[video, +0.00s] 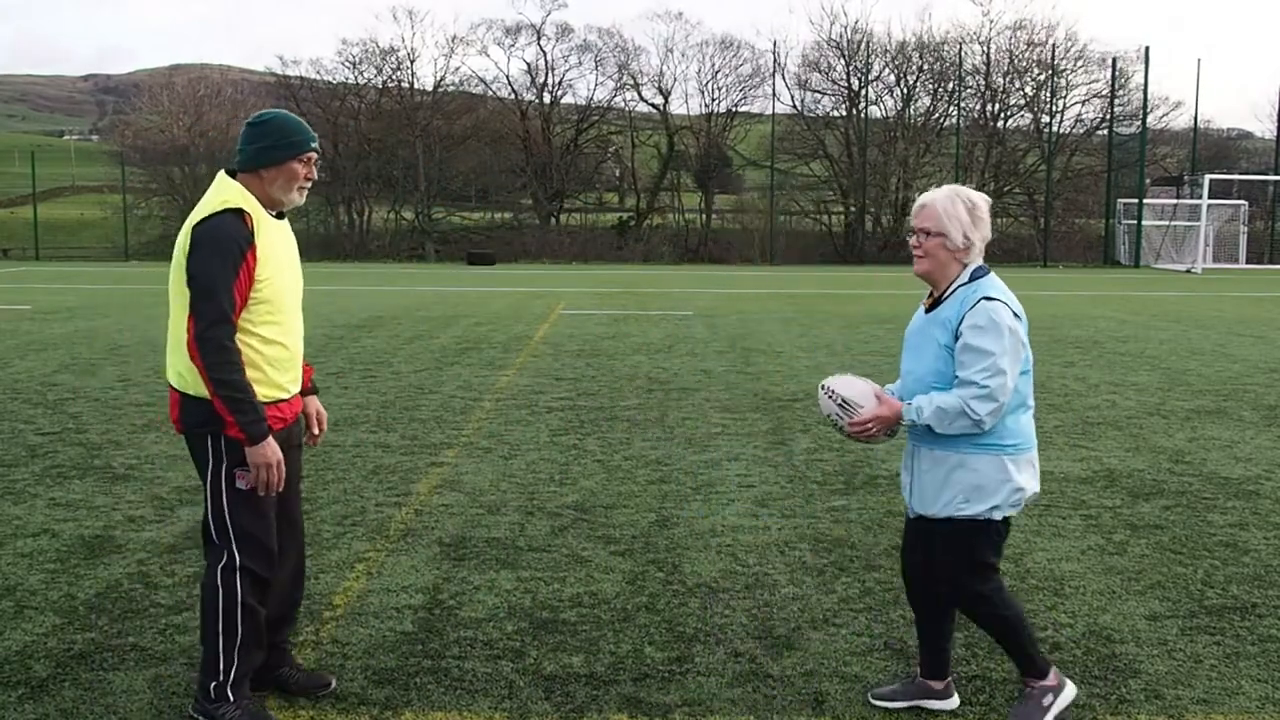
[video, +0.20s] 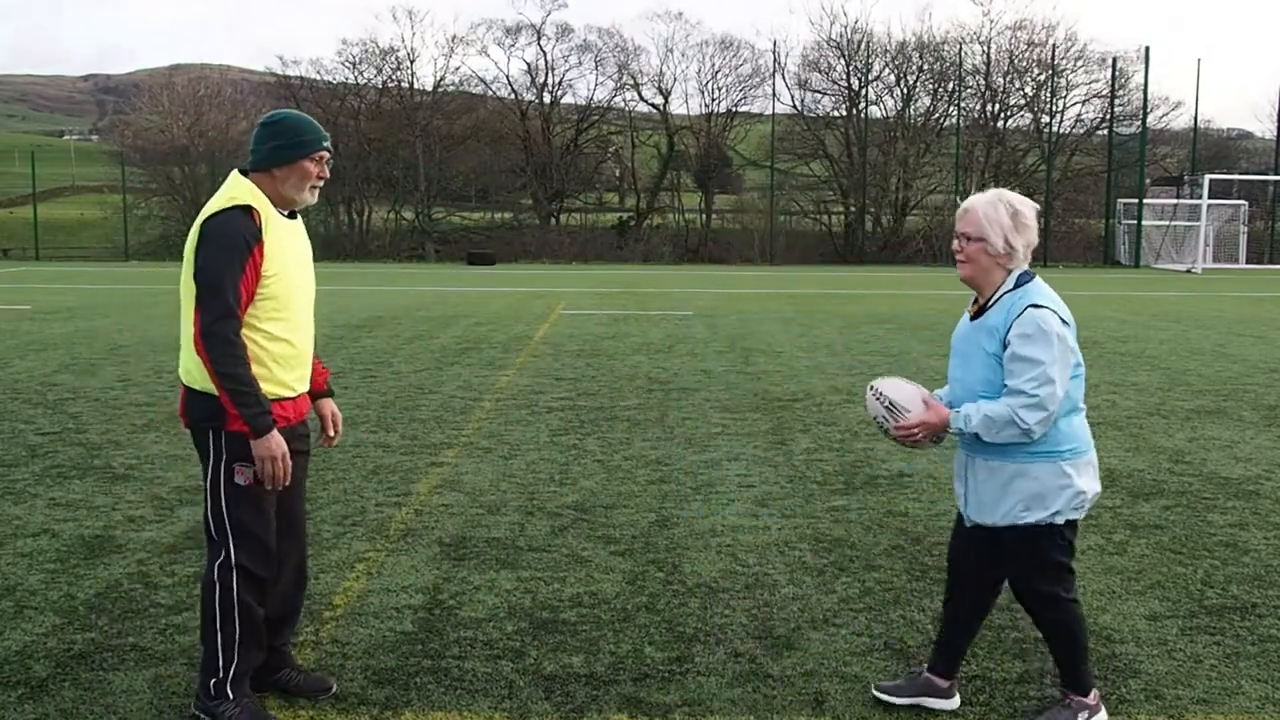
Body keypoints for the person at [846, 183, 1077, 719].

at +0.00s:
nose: (913, 243)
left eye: (926, 234)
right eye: (912, 233)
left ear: (962, 242)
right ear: (916, 236)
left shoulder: (989, 310)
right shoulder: (937, 303)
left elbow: (981, 405)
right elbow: (927, 380)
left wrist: (904, 411)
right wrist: (884, 400)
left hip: (981, 474)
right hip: (935, 470)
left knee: (970, 580)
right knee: (922, 573)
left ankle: (1044, 681)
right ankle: (934, 681)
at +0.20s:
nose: (956, 249)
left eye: (967, 239)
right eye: (955, 238)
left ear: (1004, 247)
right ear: (988, 248)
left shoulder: (1035, 316)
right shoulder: (983, 309)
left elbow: (1030, 413)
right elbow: (972, 386)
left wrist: (952, 419)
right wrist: (927, 407)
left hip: (1039, 484)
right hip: (988, 479)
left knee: (1047, 594)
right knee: (967, 584)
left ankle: (1082, 699)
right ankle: (939, 678)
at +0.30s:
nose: (971, 252)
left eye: (983, 242)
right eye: (972, 240)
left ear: (1021, 251)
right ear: (1012, 252)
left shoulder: (1058, 318)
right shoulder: (1000, 309)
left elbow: (1058, 415)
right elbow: (996, 389)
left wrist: (980, 427)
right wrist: (949, 415)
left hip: (1066, 482)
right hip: (1014, 475)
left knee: (1054, 590)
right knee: (986, 570)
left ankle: (1082, 699)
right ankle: (964, 677)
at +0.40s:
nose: (988, 251)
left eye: (999, 242)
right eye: (987, 241)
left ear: (1037, 247)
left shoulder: (1078, 314)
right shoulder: (1015, 306)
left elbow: (1083, 412)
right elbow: (1008, 388)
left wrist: (1006, 427)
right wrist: (968, 418)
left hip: (1081, 480)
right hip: (1029, 472)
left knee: (1067, 586)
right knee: (1005, 560)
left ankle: (1082, 698)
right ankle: (1030, 677)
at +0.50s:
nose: (1004, 252)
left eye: (1014, 242)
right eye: (1003, 241)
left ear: (1051, 246)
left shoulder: (1096, 313)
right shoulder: (1028, 304)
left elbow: (1102, 410)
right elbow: (1023, 384)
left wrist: (1024, 424)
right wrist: (987, 415)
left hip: (1096, 477)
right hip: (1047, 469)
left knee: (1079, 587)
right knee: (1037, 565)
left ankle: (1084, 700)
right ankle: (1101, 667)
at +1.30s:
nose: (1031, 261)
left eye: (1040, 251)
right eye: (1028, 251)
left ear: (1078, 250)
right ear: (1062, 255)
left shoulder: (1126, 316)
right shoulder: (1058, 308)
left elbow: (1135, 413)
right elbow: (1052, 389)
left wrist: (1057, 432)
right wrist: (1016, 426)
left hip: (1131, 481)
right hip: (1074, 474)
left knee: (1133, 593)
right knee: (1046, 560)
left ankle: (1147, 701)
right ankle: (1065, 677)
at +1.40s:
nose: (1013, 265)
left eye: (1021, 253)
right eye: (1011, 254)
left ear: (1060, 252)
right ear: (1054, 254)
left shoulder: (1106, 317)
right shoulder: (1045, 310)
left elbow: (1112, 415)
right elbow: (1039, 391)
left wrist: (1033, 430)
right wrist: (995, 422)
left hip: (1115, 481)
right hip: (1060, 476)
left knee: (1126, 593)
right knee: (1030, 575)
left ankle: (1147, 700)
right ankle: (998, 676)